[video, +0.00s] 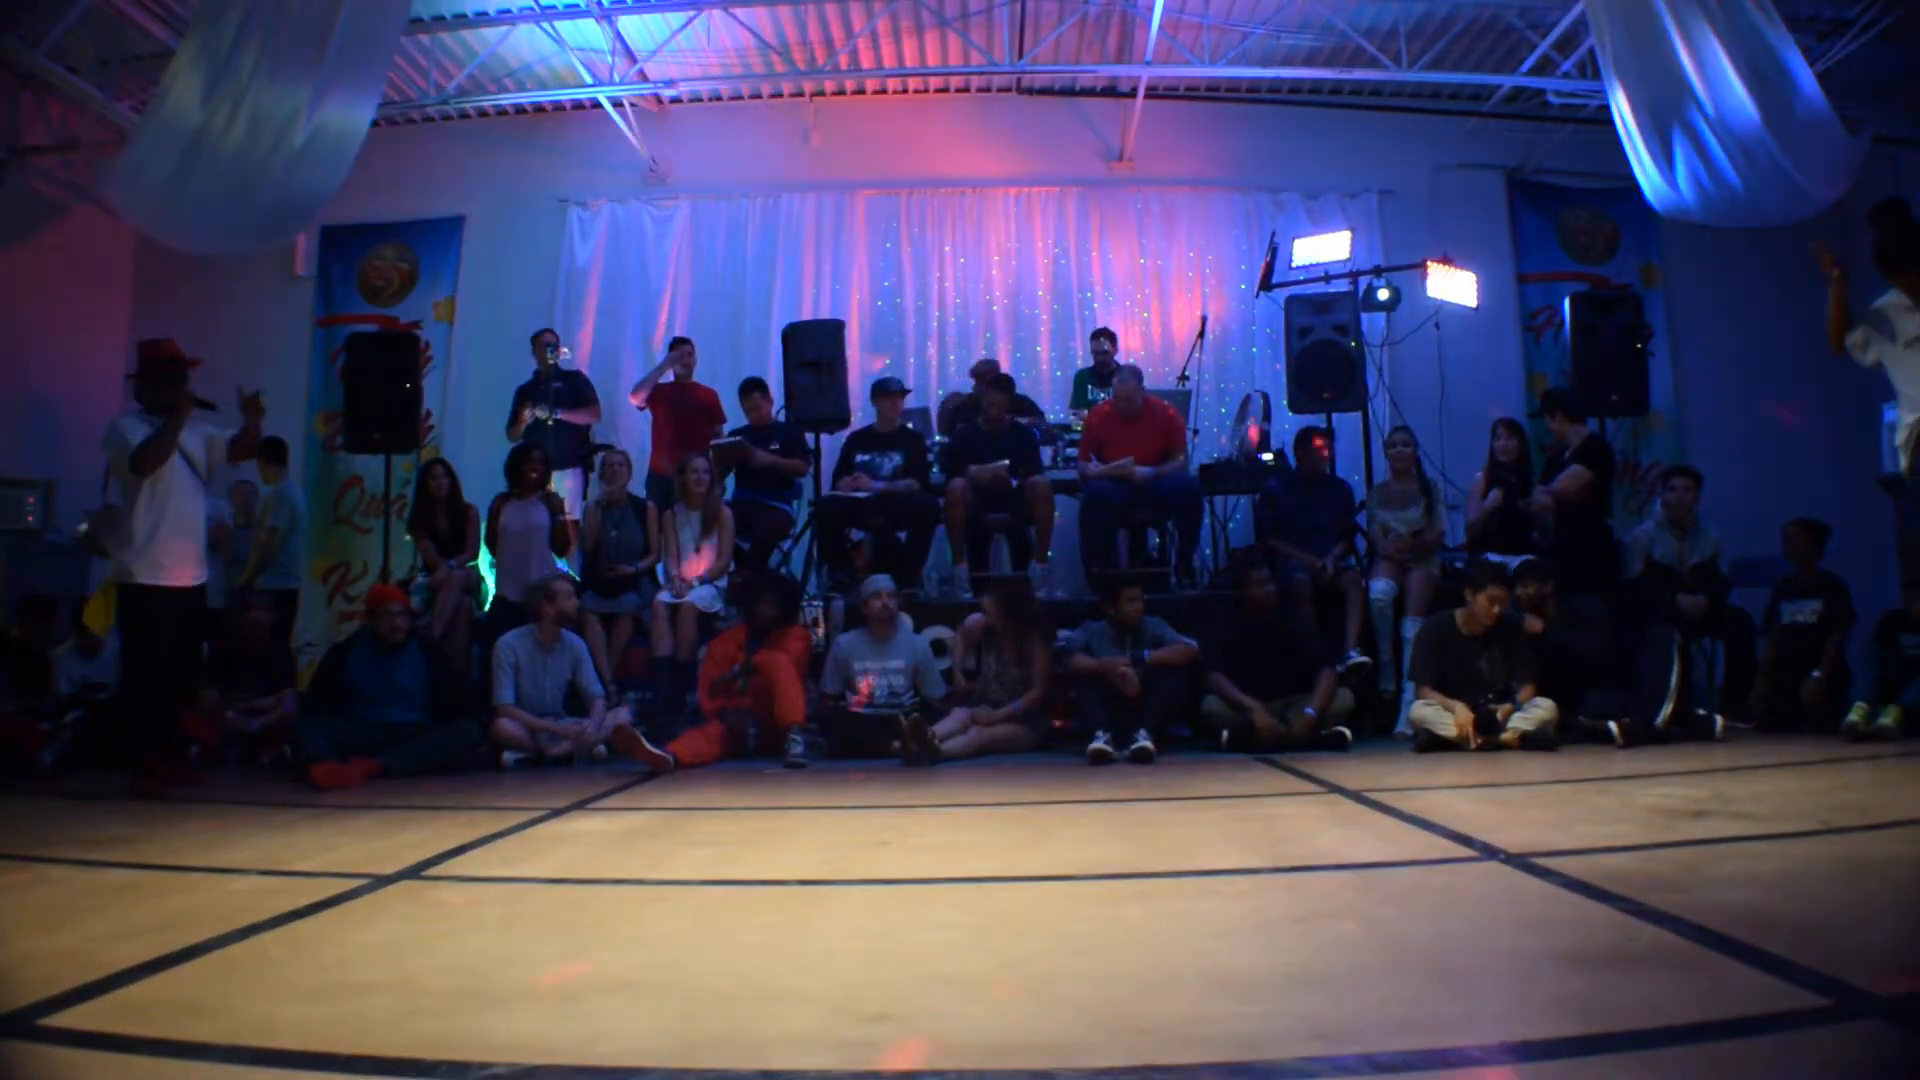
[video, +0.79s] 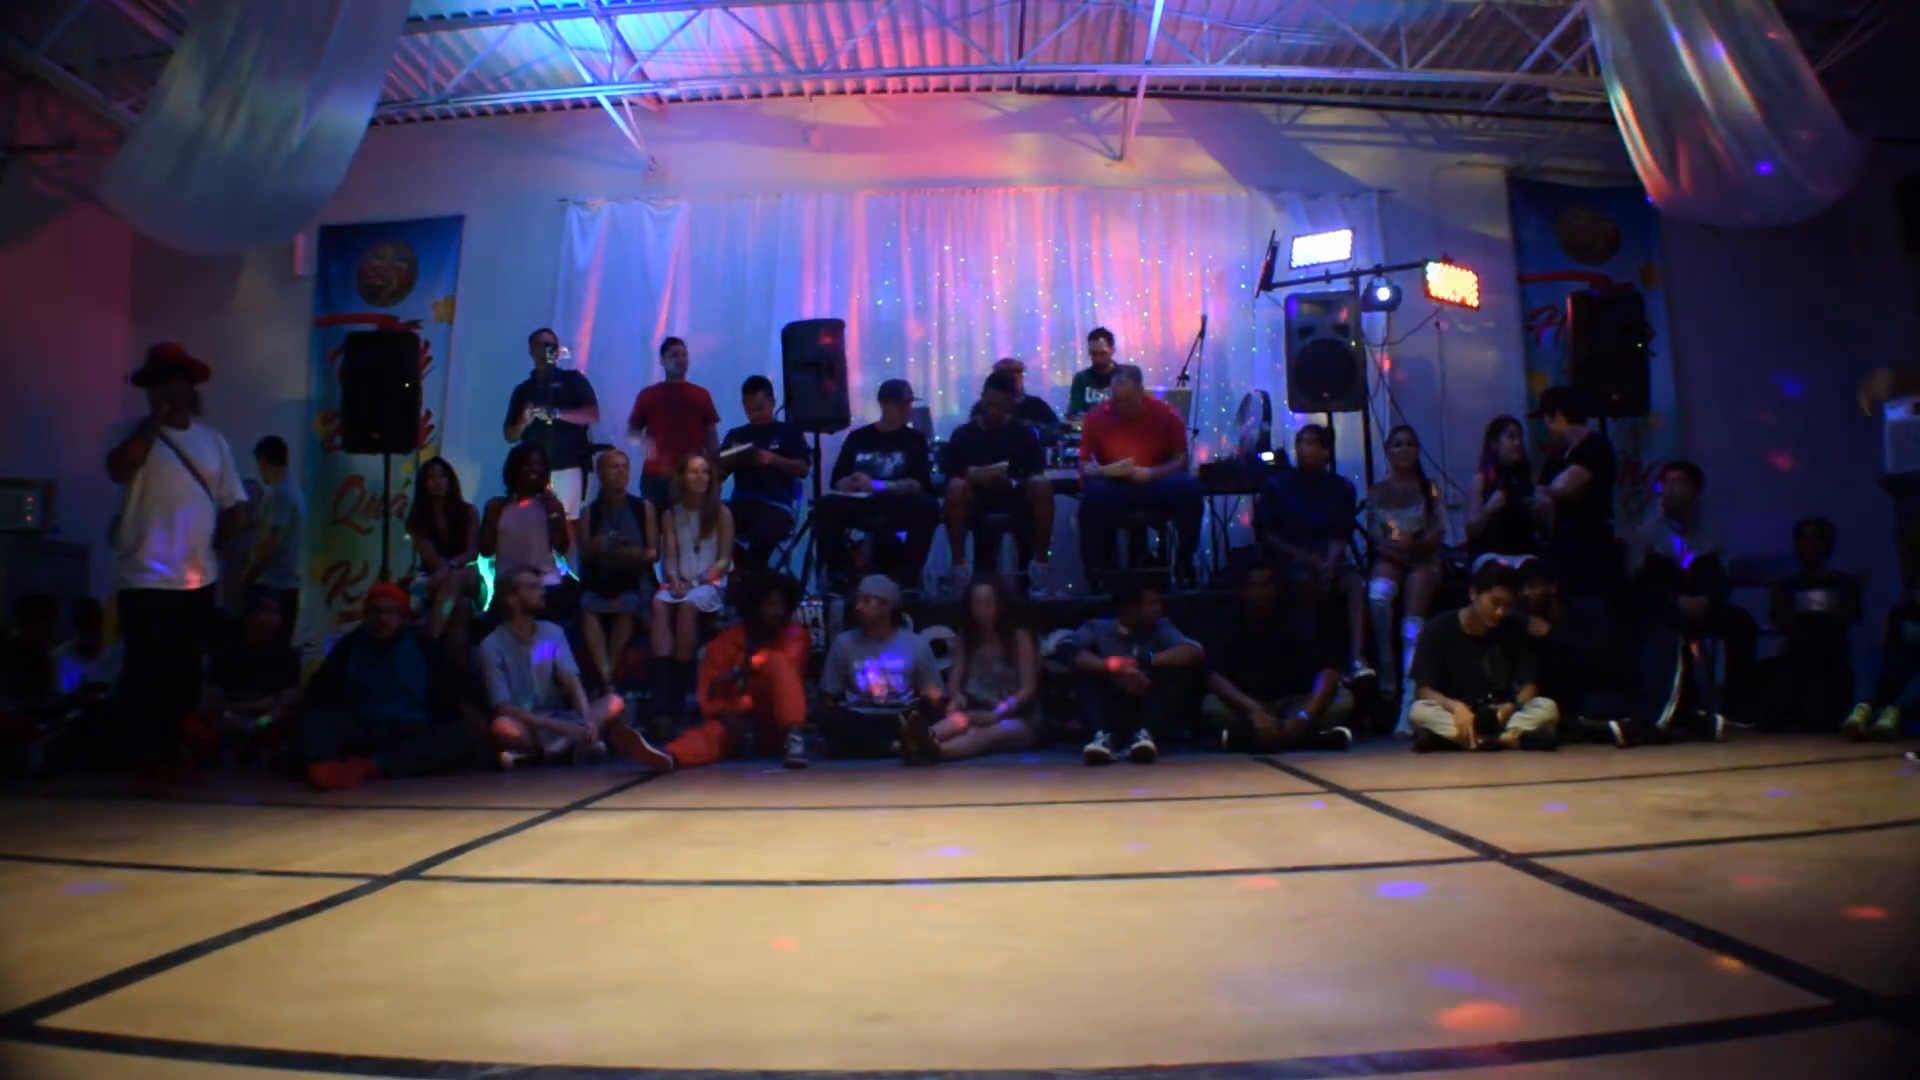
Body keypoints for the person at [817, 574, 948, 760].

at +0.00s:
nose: (885, 603)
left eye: (890, 596)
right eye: (877, 597)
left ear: (897, 602)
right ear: (864, 606)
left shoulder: (916, 645)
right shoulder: (844, 645)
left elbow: (937, 700)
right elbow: (828, 699)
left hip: (905, 718)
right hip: (861, 719)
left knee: (964, 715)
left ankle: (923, 740)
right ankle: (896, 746)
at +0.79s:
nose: (859, 607)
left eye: (866, 601)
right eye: (859, 601)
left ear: (886, 606)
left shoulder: (915, 645)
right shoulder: (843, 644)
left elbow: (933, 696)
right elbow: (829, 698)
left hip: (903, 713)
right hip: (859, 715)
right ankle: (894, 745)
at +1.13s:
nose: (856, 609)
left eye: (863, 604)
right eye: (856, 603)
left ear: (884, 609)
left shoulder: (914, 645)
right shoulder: (843, 644)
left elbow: (935, 700)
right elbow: (828, 696)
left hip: (904, 714)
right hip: (859, 715)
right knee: (826, 717)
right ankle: (894, 745)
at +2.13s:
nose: (855, 611)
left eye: (862, 604)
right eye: (855, 604)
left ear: (882, 609)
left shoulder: (914, 645)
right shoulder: (844, 644)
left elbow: (934, 699)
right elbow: (831, 696)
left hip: (904, 717)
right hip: (860, 717)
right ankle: (893, 746)